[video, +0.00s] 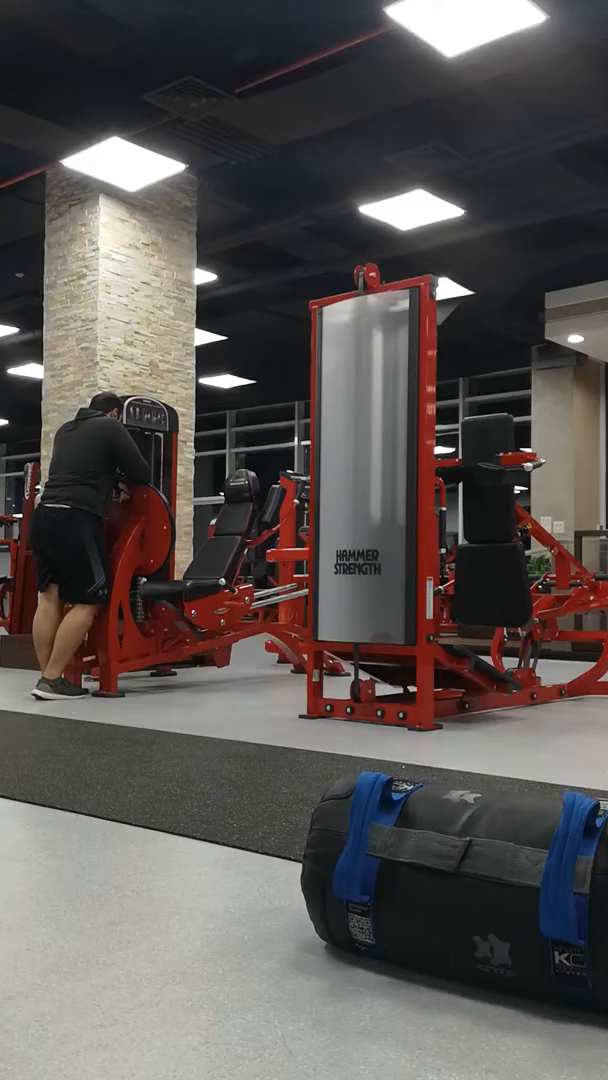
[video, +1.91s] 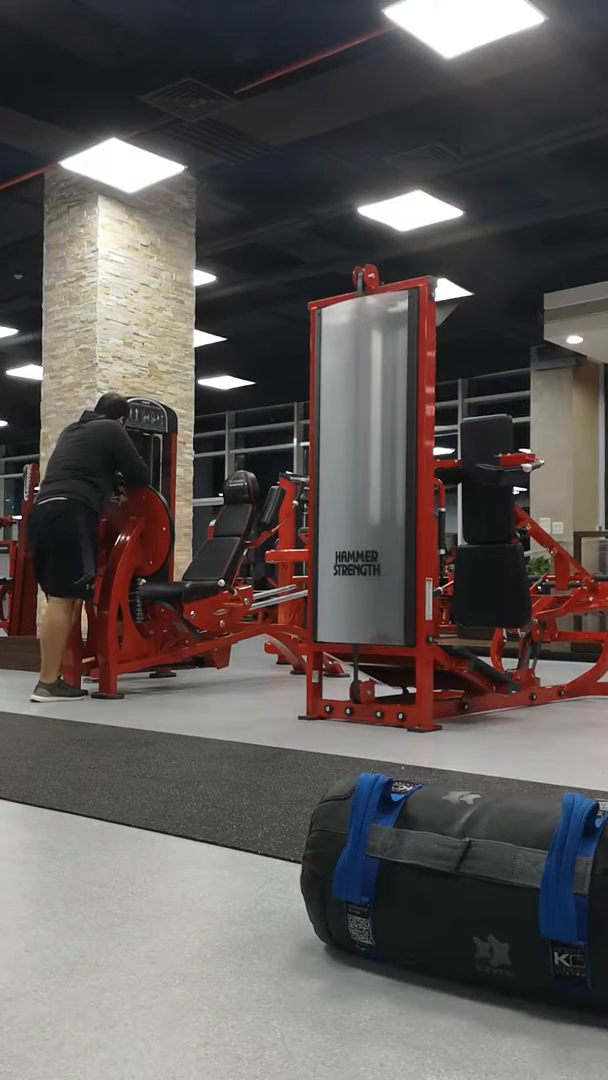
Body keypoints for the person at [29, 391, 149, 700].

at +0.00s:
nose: (120, 421)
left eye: (120, 417)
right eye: (121, 417)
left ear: (91, 409)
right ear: (113, 413)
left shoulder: (65, 429)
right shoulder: (112, 428)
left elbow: (72, 470)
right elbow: (142, 476)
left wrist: (111, 485)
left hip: (43, 516)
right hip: (76, 520)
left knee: (48, 597)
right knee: (87, 602)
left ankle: (47, 676)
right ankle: (53, 678)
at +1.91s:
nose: (123, 425)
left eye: (123, 422)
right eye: (125, 421)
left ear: (97, 413)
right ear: (120, 418)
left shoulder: (71, 430)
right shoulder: (113, 430)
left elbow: (75, 468)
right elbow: (141, 477)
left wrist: (109, 486)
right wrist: (112, 472)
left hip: (42, 511)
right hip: (68, 511)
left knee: (66, 599)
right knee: (60, 600)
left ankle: (52, 678)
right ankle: (47, 681)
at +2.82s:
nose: (124, 427)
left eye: (124, 423)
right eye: (125, 423)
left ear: (98, 413)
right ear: (121, 420)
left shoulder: (70, 430)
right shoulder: (113, 430)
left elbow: (77, 469)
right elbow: (140, 478)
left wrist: (111, 487)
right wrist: (118, 479)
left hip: (38, 512)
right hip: (66, 511)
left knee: (54, 601)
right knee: (61, 601)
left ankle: (50, 678)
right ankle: (48, 682)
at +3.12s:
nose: (125, 427)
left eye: (124, 423)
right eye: (126, 423)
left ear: (98, 413)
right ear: (122, 419)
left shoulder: (71, 430)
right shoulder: (112, 430)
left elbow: (78, 468)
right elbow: (140, 478)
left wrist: (112, 487)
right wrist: (117, 478)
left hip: (39, 513)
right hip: (66, 512)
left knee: (62, 600)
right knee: (61, 601)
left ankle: (50, 679)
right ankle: (47, 682)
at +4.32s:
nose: (126, 426)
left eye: (126, 423)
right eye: (127, 423)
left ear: (99, 414)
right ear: (121, 419)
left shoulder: (71, 431)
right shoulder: (113, 430)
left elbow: (75, 470)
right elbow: (140, 479)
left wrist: (110, 487)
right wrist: (113, 477)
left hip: (42, 512)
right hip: (68, 511)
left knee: (61, 600)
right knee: (64, 600)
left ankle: (51, 679)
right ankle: (48, 682)